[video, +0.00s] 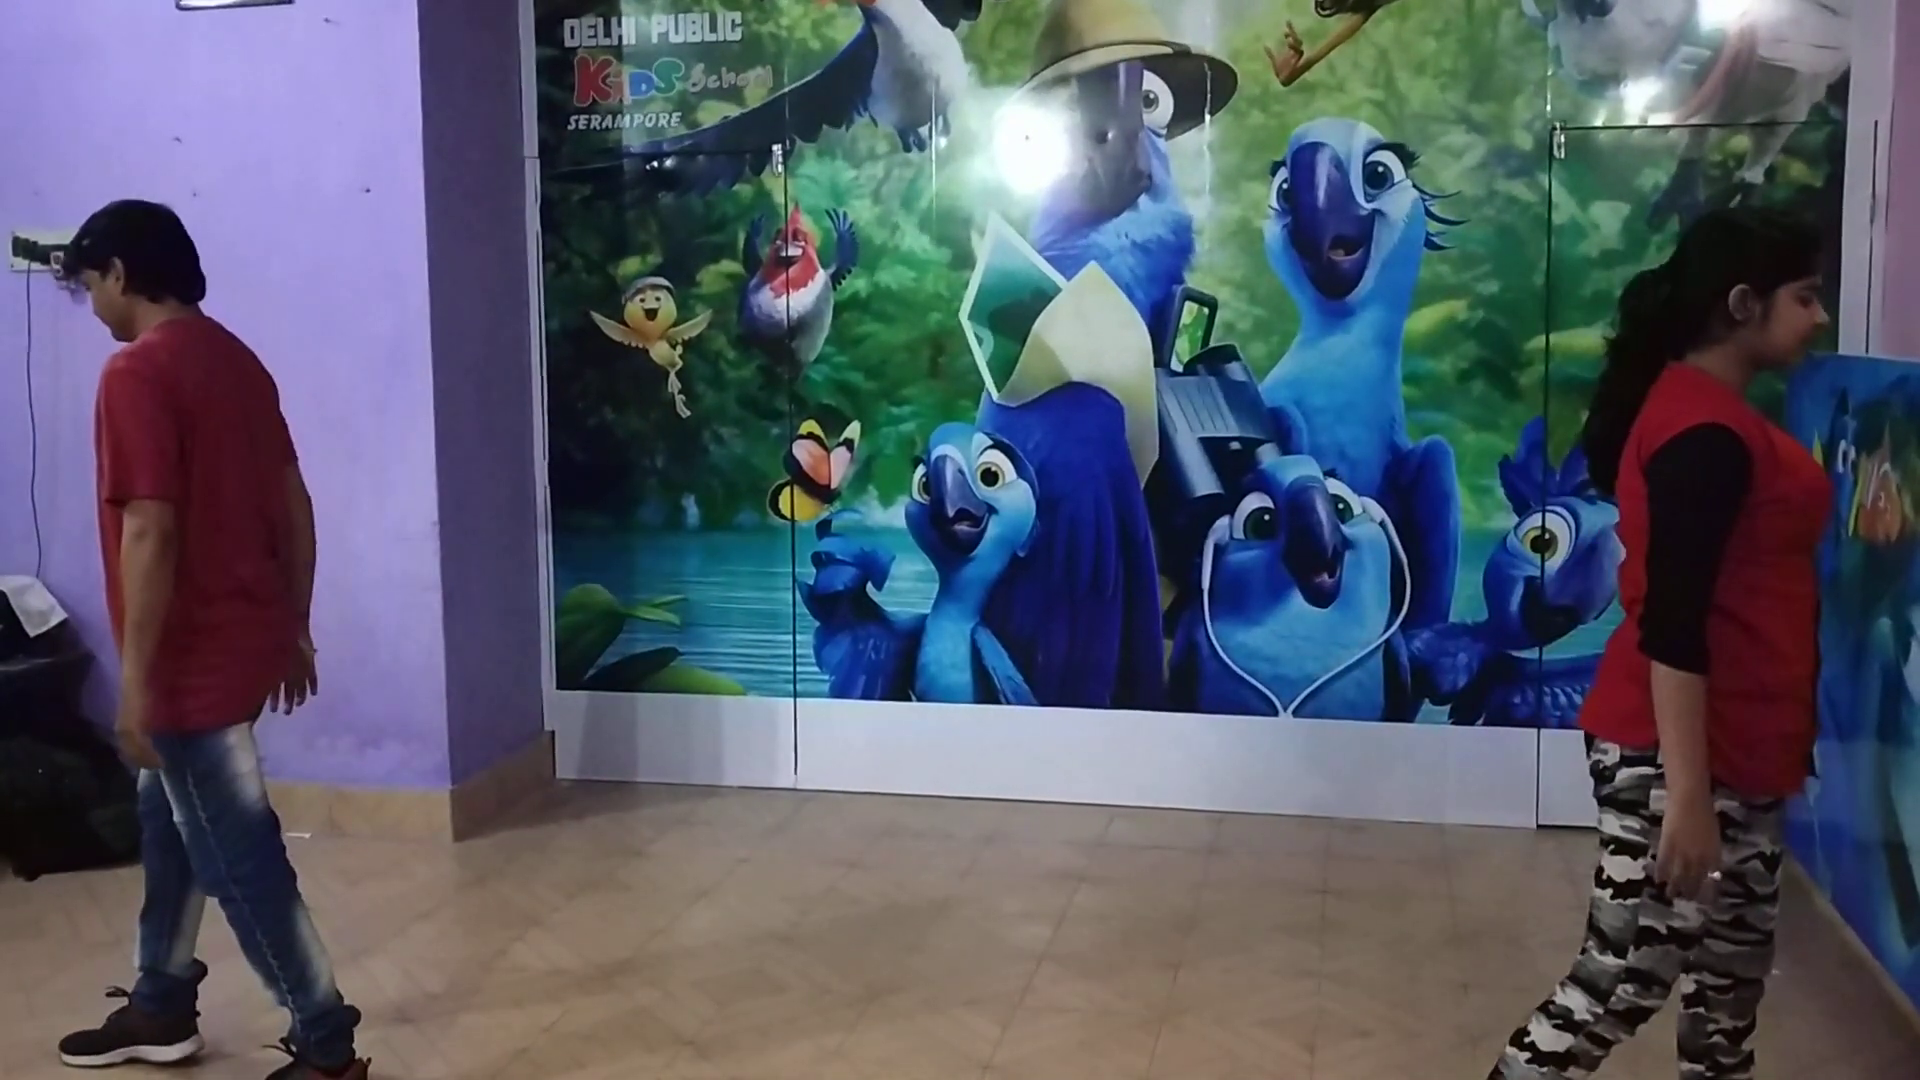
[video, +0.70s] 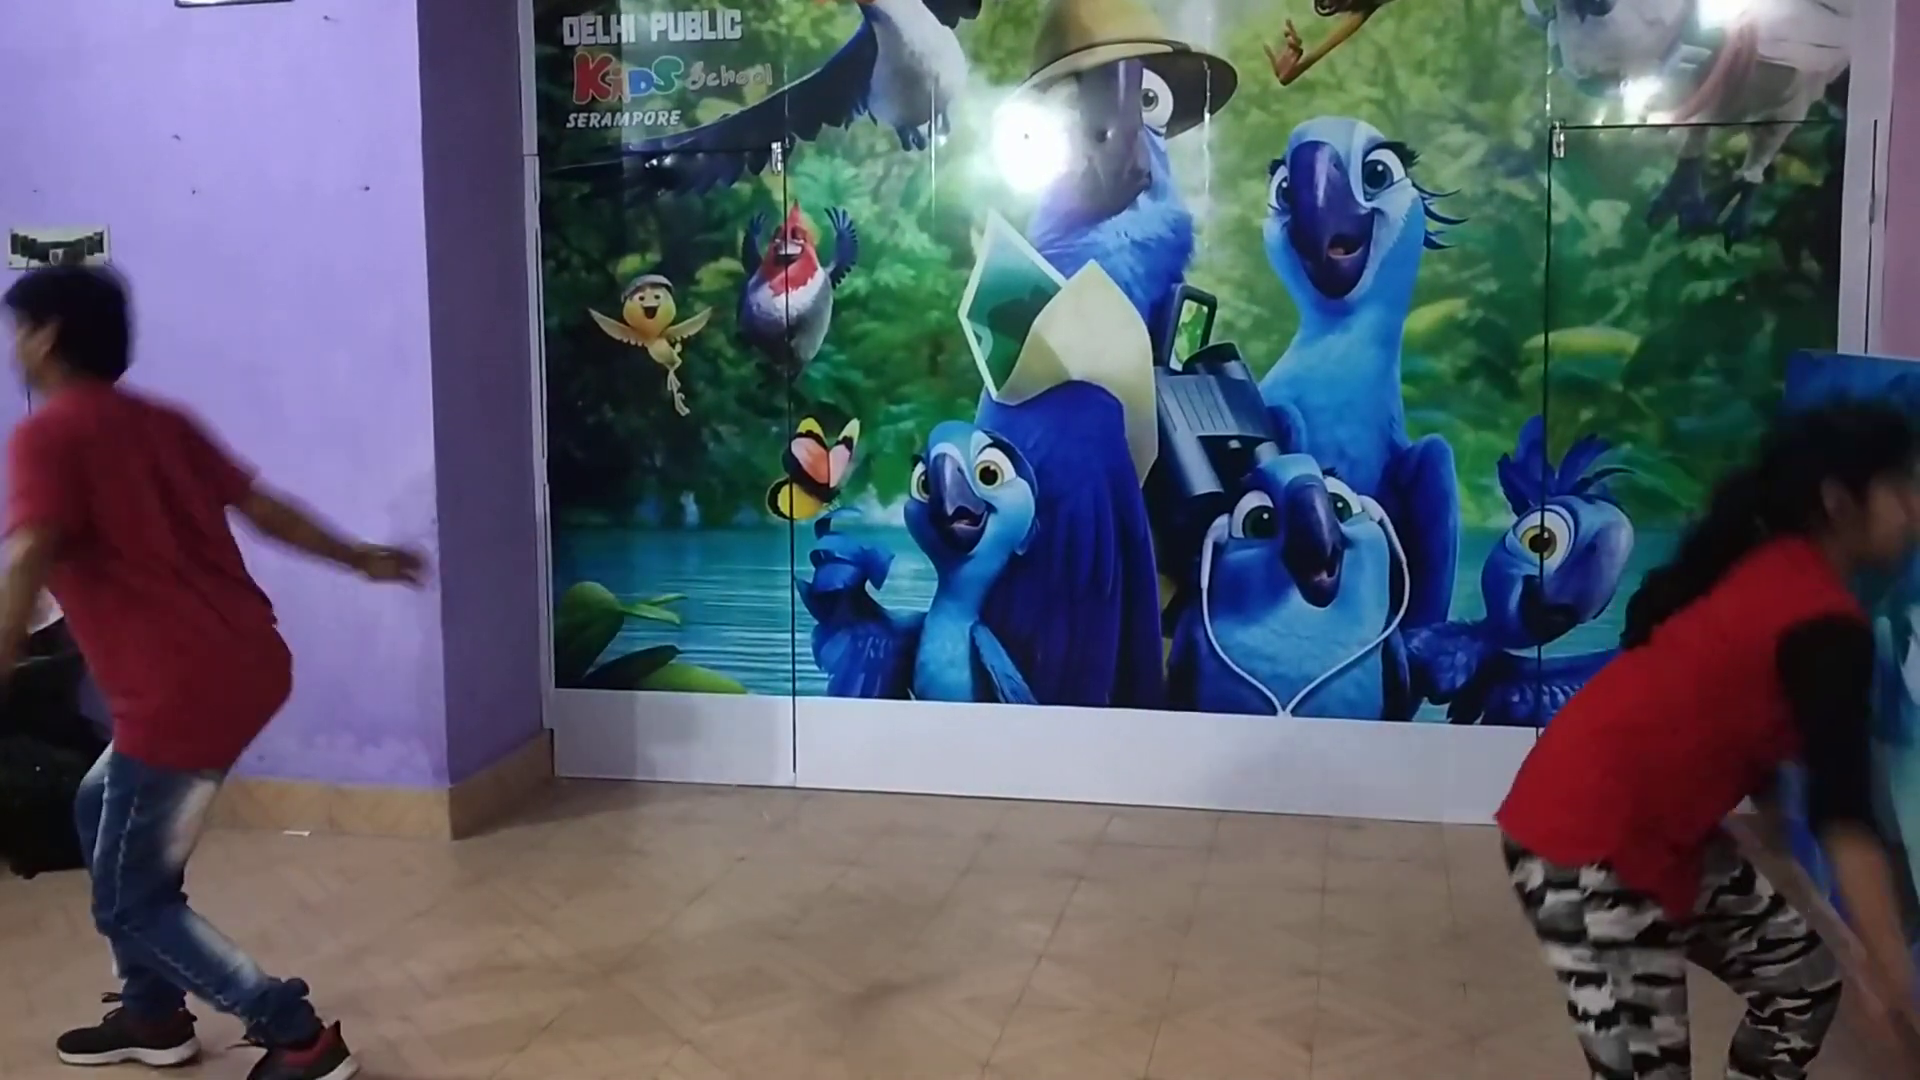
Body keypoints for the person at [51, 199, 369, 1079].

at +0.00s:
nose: (89, 304)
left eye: (88, 284)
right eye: (84, 287)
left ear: (121, 273)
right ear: (174, 271)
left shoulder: (139, 371)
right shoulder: (240, 360)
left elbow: (150, 528)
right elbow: (292, 503)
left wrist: (135, 685)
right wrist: (296, 625)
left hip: (182, 655)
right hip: (241, 639)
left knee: (241, 855)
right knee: (169, 820)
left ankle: (326, 1043)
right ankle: (161, 1008)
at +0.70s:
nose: (12, 346)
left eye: (20, 330)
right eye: (14, 329)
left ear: (50, 336)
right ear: (101, 339)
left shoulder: (43, 436)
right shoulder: (161, 420)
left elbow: (30, 555)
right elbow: (264, 506)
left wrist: (9, 644)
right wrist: (357, 555)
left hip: (183, 690)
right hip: (251, 667)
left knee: (135, 903)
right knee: (99, 805)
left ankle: (296, 1032)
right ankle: (151, 1012)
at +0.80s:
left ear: (4, 418)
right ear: (59, 413)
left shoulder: (20, 504)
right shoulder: (112, 478)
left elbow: (9, 609)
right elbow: (180, 568)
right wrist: (261, 600)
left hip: (213, 708)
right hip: (270, 677)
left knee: (128, 912)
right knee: (108, 803)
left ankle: (297, 1034)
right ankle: (153, 1015)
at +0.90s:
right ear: (34, 487)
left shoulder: (18, 564)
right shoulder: (82, 529)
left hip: (231, 713)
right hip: (290, 680)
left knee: (124, 913)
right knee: (119, 803)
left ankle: (300, 1037)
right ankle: (152, 1014)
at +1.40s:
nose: (2, 431)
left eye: (1, 419)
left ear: (12, 401)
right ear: (62, 382)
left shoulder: (37, 428)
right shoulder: (131, 412)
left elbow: (7, 530)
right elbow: (178, 536)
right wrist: (92, 607)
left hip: (195, 662)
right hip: (266, 642)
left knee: (181, 886)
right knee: (144, 834)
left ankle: (310, 1042)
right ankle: (158, 1014)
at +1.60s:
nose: (10, 326)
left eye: (10, 309)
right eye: (8, 311)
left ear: (38, 297)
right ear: (93, 288)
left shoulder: (54, 350)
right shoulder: (165, 344)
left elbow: (27, 463)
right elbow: (243, 454)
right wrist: (175, 527)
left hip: (156, 644)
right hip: (235, 621)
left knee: (207, 853)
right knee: (153, 820)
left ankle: (314, 1040)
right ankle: (157, 1012)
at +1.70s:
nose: (13, 297)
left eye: (13, 278)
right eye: (11, 280)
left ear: (41, 271)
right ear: (96, 267)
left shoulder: (61, 340)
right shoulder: (168, 336)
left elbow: (49, 448)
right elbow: (264, 437)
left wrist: (1, 524)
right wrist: (281, 475)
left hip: (151, 640)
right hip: (227, 618)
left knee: (216, 842)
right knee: (154, 810)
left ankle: (312, 1036)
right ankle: (157, 1011)